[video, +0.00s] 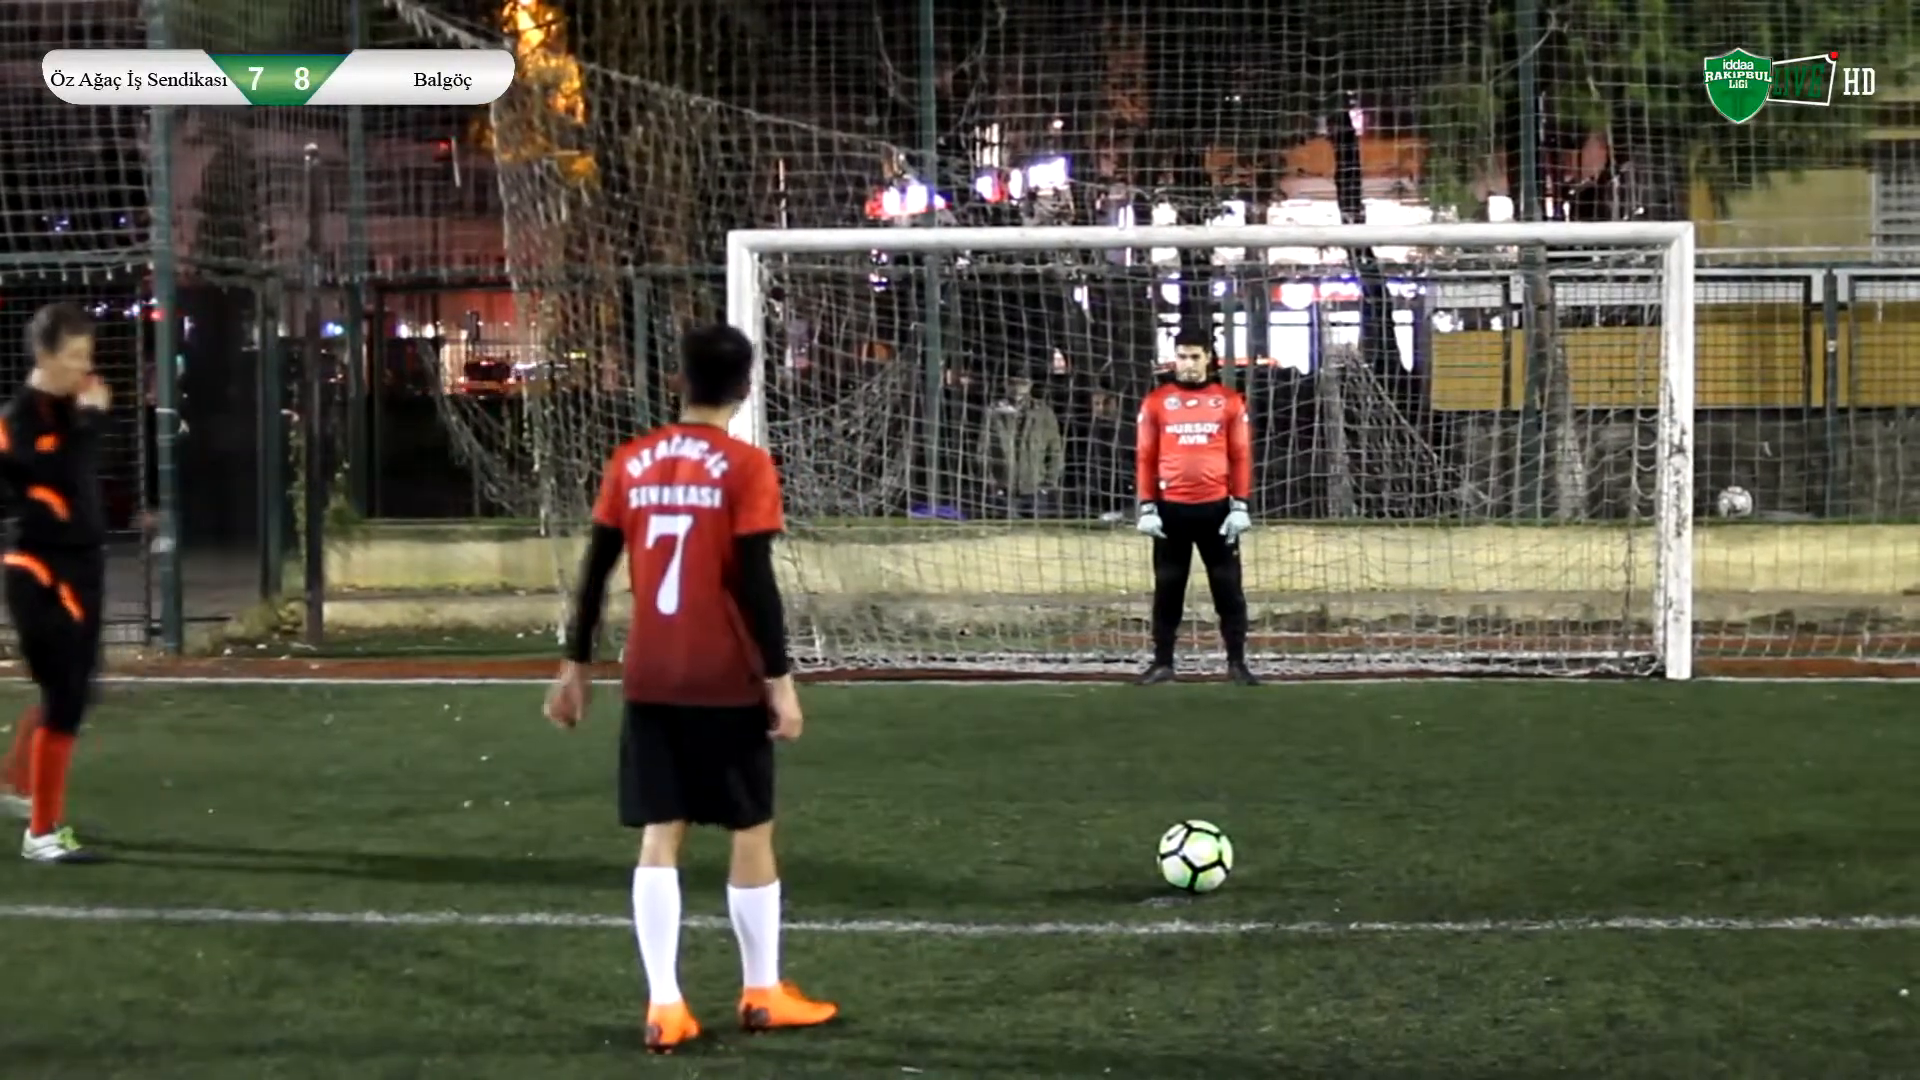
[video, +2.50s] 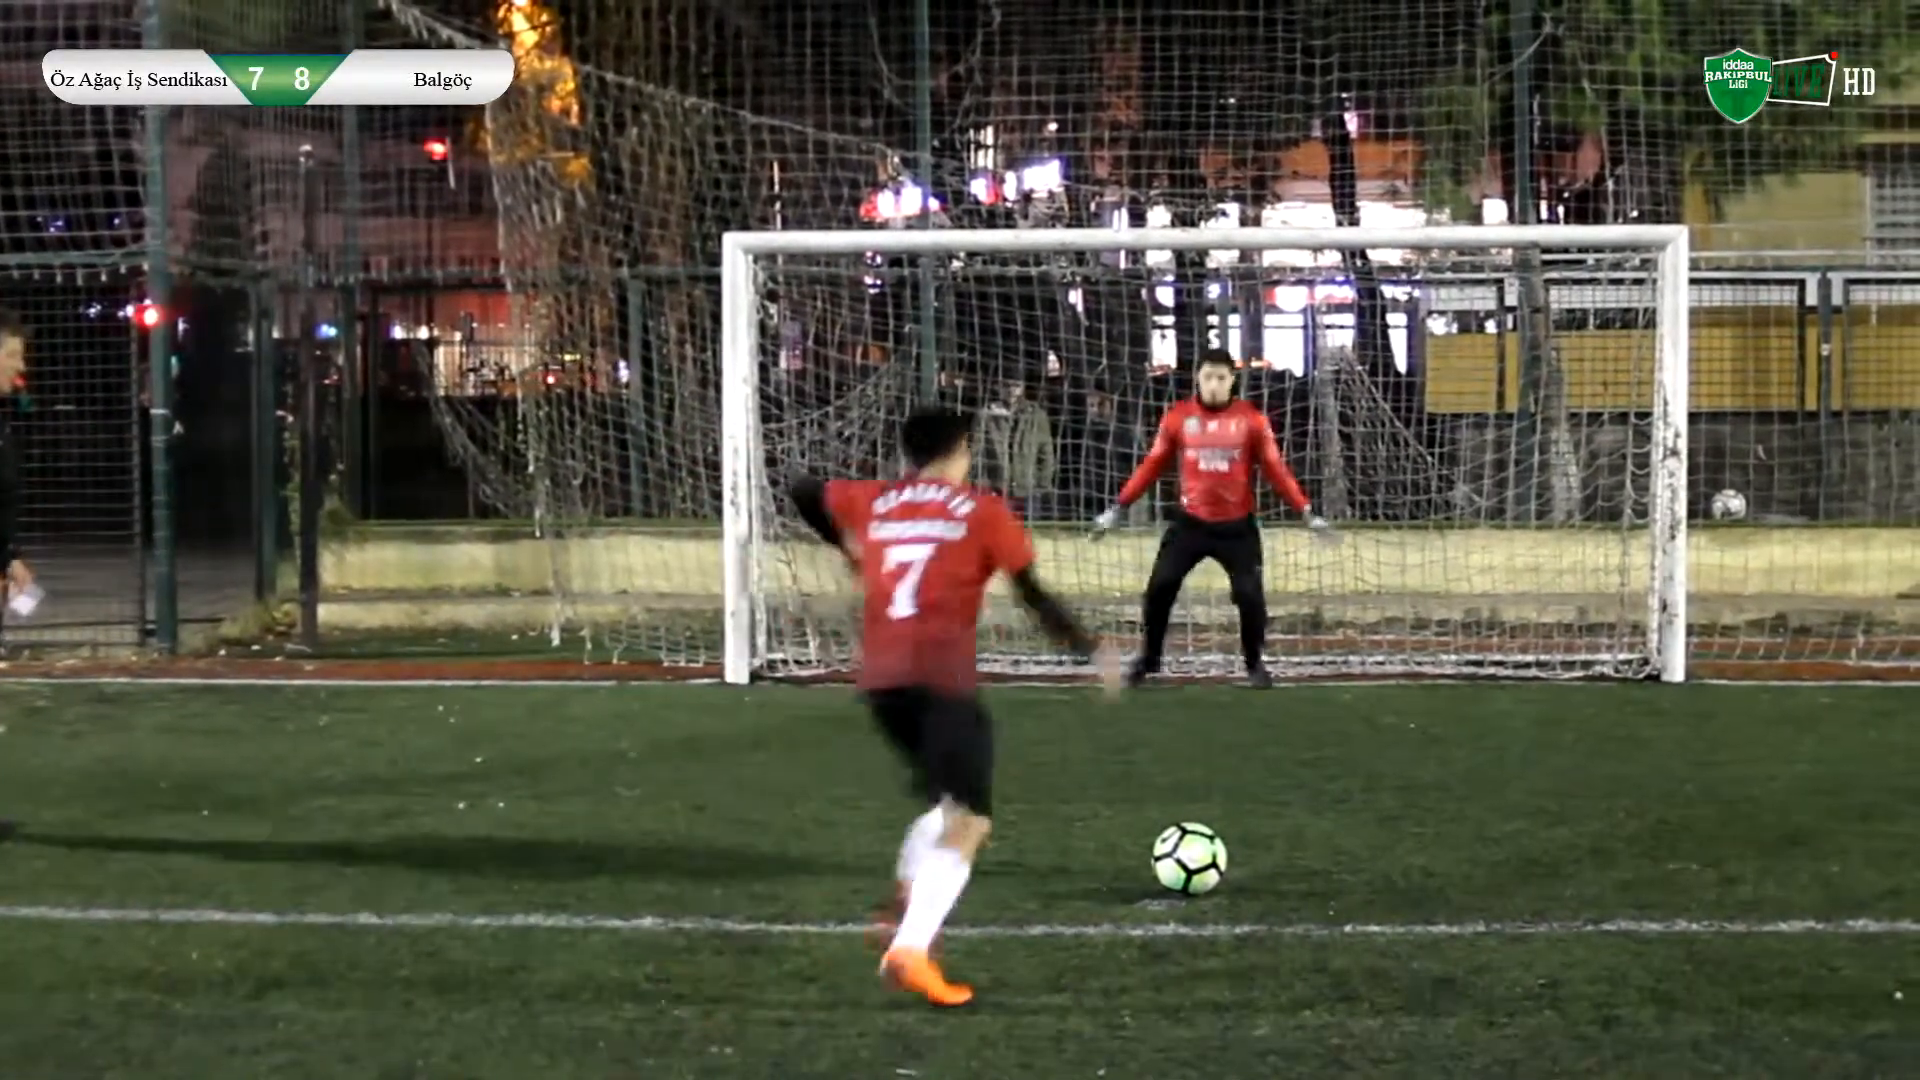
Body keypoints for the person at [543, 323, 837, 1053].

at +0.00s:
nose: (744, 394)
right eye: (749, 384)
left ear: (679, 385)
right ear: (744, 389)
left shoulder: (631, 461)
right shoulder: (748, 465)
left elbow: (594, 567)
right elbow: (752, 572)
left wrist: (574, 661)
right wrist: (779, 674)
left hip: (650, 681)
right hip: (729, 681)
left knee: (660, 830)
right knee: (752, 830)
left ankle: (663, 1003)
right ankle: (764, 988)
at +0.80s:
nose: (788, 410)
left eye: (787, 400)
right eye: (788, 401)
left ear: (721, 394)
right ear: (775, 403)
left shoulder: (655, 461)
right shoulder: (770, 472)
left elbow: (630, 574)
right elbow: (765, 582)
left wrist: (662, 639)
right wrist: (782, 680)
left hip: (650, 673)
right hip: (727, 677)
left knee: (659, 828)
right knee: (754, 827)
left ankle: (661, 1004)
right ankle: (763, 988)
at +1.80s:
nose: (849, 449)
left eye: (847, 439)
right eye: (848, 438)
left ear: (784, 431)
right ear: (837, 436)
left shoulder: (726, 488)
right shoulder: (831, 491)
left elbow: (687, 591)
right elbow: (803, 574)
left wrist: (731, 638)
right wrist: (803, 676)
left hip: (706, 686)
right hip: (775, 687)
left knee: (693, 831)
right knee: (846, 792)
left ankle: (664, 1002)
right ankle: (840, 957)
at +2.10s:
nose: (905, 485)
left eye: (903, 475)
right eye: (904, 474)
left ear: (841, 472)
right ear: (893, 472)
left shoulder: (792, 519)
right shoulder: (886, 517)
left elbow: (783, 602)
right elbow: (866, 580)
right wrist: (862, 668)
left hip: (768, 694)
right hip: (835, 690)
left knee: (736, 827)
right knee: (913, 797)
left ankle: (681, 979)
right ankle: (895, 958)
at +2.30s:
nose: (944, 489)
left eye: (942, 480)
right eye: (942, 480)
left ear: (883, 480)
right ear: (932, 481)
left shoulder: (850, 522)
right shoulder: (940, 526)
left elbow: (813, 567)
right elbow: (946, 593)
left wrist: (864, 606)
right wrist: (968, 686)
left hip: (830, 697)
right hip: (896, 698)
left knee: (834, 846)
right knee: (950, 822)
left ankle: (747, 934)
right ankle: (900, 965)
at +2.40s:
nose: (960, 480)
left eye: (958, 470)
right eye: (957, 470)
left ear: (899, 471)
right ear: (949, 472)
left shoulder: (860, 518)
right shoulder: (960, 525)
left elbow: (821, 538)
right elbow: (1006, 607)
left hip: (860, 695)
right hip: (919, 696)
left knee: (920, 827)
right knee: (964, 826)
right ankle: (905, 960)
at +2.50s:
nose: (970, 461)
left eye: (965, 452)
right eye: (968, 452)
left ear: (912, 455)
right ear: (959, 453)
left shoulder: (874, 499)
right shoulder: (984, 510)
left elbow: (804, 492)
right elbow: (1033, 592)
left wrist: (843, 545)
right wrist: (1083, 642)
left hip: (881, 678)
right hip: (942, 678)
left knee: (946, 800)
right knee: (971, 819)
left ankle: (907, 898)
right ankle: (912, 947)